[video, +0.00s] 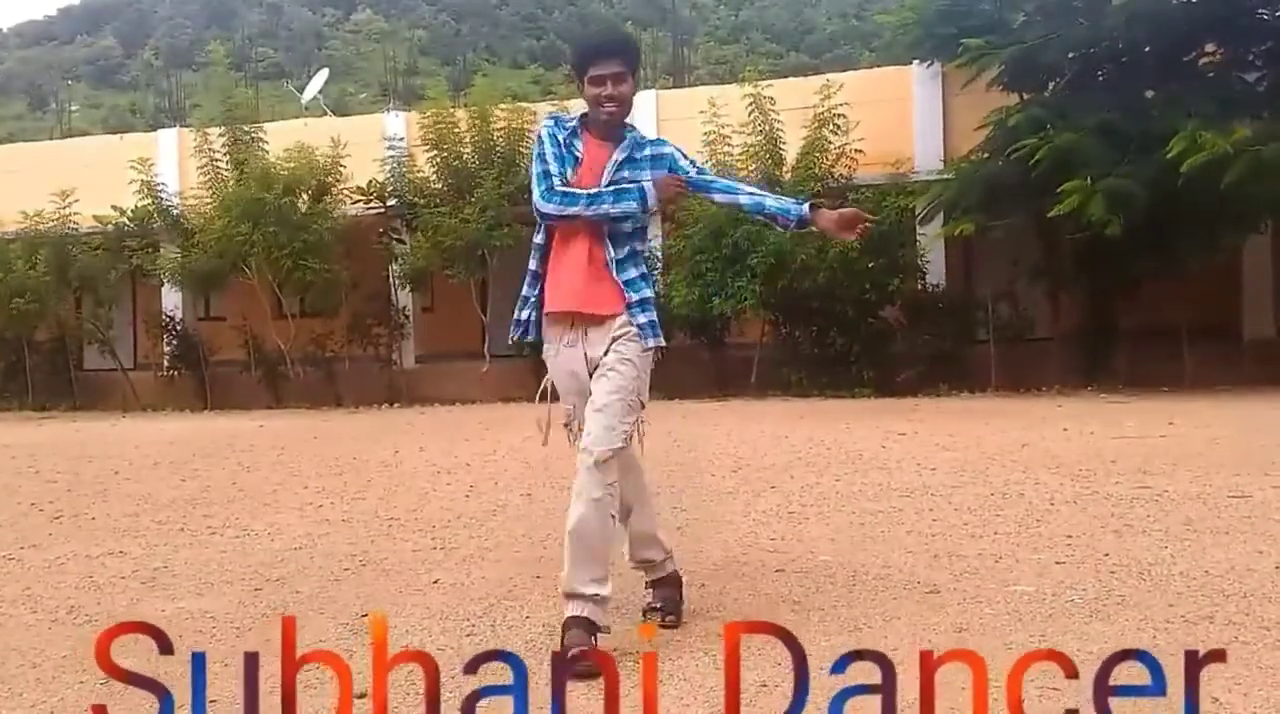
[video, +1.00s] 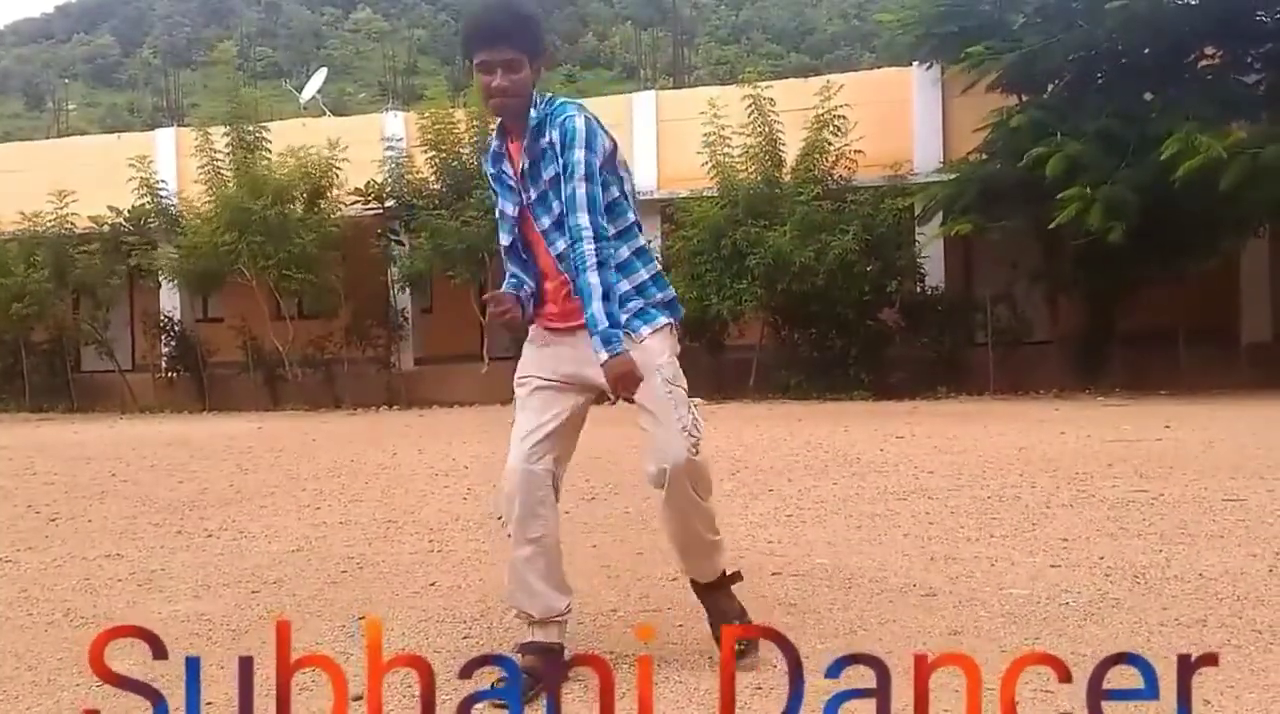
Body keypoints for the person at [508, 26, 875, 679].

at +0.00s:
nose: (610, 92)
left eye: (620, 81)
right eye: (598, 83)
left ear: (636, 85)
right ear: (579, 88)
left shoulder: (653, 152)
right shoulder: (554, 136)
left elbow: (725, 189)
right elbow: (549, 203)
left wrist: (811, 215)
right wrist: (640, 197)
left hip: (626, 323)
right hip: (561, 326)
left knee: (598, 451)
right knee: (607, 454)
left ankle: (581, 613)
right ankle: (660, 570)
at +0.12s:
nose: (608, 96)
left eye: (619, 85)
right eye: (596, 86)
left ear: (635, 90)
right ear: (579, 91)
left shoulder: (646, 176)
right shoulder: (550, 135)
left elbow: (700, 243)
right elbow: (513, 211)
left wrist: (778, 282)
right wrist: (594, 242)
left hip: (613, 333)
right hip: (542, 333)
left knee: (591, 468)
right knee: (577, 474)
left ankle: (575, 628)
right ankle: (642, 565)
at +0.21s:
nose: (605, 95)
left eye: (616, 83)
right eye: (593, 85)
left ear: (634, 92)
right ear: (576, 94)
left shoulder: (646, 183)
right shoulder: (540, 149)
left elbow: (668, 258)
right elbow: (499, 225)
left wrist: (694, 313)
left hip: (610, 339)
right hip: (534, 341)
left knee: (597, 482)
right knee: (534, 487)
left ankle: (577, 624)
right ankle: (601, 548)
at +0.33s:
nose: (588, 81)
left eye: (598, 68)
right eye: (575, 71)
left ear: (619, 75)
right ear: (560, 82)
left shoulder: (642, 161)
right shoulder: (529, 146)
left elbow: (632, 255)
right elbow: (478, 230)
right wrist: (412, 305)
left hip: (606, 327)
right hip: (529, 326)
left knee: (599, 478)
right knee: (519, 435)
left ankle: (578, 627)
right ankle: (541, 525)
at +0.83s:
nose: (504, 86)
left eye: (518, 70)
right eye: (492, 73)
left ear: (545, 64)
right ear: (480, 76)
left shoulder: (584, 118)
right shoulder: (498, 160)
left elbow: (580, 224)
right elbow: (485, 252)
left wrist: (503, 236)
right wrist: (422, 319)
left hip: (604, 333)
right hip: (528, 336)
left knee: (606, 486)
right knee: (504, 475)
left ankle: (597, 590)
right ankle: (544, 635)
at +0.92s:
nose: (497, 90)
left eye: (510, 75)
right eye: (485, 78)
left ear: (540, 71)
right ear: (476, 81)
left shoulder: (578, 124)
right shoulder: (499, 164)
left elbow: (589, 238)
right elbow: (505, 273)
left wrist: (522, 332)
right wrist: (443, 343)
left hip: (620, 335)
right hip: (541, 343)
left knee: (646, 468)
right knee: (507, 479)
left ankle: (652, 579)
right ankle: (543, 643)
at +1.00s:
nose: (497, 81)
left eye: (510, 67)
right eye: (485, 69)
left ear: (538, 69)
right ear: (474, 75)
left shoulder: (572, 126)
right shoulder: (495, 157)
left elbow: (588, 233)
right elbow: (517, 242)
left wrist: (611, 341)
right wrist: (517, 294)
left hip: (632, 317)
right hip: (552, 328)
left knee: (678, 458)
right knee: (526, 472)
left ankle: (711, 582)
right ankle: (545, 637)